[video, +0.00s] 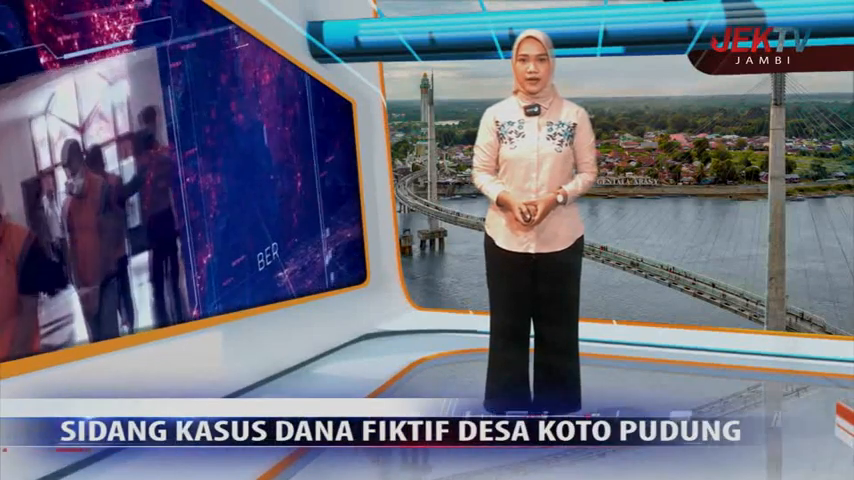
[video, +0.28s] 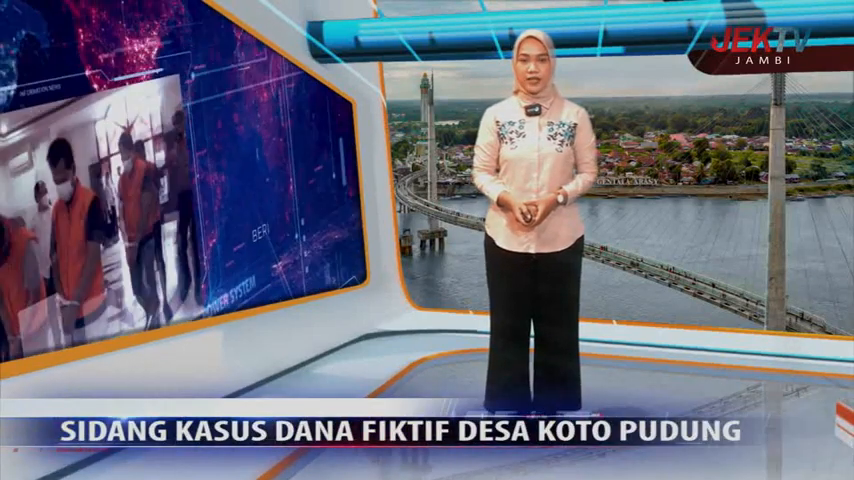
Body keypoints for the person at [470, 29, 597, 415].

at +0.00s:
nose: (532, 67)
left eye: (540, 59)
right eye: (524, 59)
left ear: (552, 65)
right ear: (513, 65)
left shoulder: (574, 116)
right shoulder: (495, 116)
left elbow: (588, 173)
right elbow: (481, 172)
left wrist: (554, 198)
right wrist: (508, 200)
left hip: (559, 243)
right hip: (507, 244)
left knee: (558, 337)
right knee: (508, 336)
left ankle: (558, 422)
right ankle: (507, 422)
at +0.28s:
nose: (533, 67)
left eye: (541, 59)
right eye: (524, 59)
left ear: (553, 65)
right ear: (514, 65)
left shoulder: (575, 116)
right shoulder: (495, 116)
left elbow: (588, 173)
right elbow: (482, 172)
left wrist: (554, 198)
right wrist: (509, 201)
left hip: (559, 243)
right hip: (507, 244)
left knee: (558, 337)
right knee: (508, 336)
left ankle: (558, 422)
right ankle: (507, 422)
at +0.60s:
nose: (532, 67)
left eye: (541, 59)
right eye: (524, 59)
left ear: (552, 65)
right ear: (513, 65)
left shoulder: (575, 116)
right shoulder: (495, 116)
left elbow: (588, 173)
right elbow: (481, 172)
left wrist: (554, 199)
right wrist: (509, 201)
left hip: (559, 243)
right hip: (507, 244)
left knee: (558, 338)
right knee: (508, 336)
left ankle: (557, 422)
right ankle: (507, 422)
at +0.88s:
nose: (532, 67)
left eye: (540, 59)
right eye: (523, 59)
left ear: (552, 65)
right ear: (513, 65)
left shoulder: (574, 116)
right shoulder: (494, 116)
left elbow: (587, 173)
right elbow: (481, 172)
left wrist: (554, 199)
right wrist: (509, 201)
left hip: (559, 243)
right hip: (506, 245)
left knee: (558, 338)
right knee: (508, 337)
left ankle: (557, 422)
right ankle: (506, 423)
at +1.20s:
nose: (531, 66)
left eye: (539, 58)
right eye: (523, 58)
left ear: (551, 64)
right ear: (513, 64)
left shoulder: (574, 116)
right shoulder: (494, 116)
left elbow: (586, 174)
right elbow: (480, 172)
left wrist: (553, 198)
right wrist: (508, 201)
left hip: (559, 243)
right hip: (506, 245)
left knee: (558, 339)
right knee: (507, 337)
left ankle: (558, 423)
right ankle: (506, 424)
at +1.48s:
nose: (531, 67)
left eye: (539, 59)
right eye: (523, 60)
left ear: (551, 65)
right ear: (513, 65)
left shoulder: (574, 116)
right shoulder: (494, 116)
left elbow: (586, 174)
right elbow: (480, 172)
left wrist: (553, 199)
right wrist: (508, 201)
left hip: (559, 243)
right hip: (506, 245)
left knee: (558, 339)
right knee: (507, 337)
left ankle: (558, 423)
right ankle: (506, 423)